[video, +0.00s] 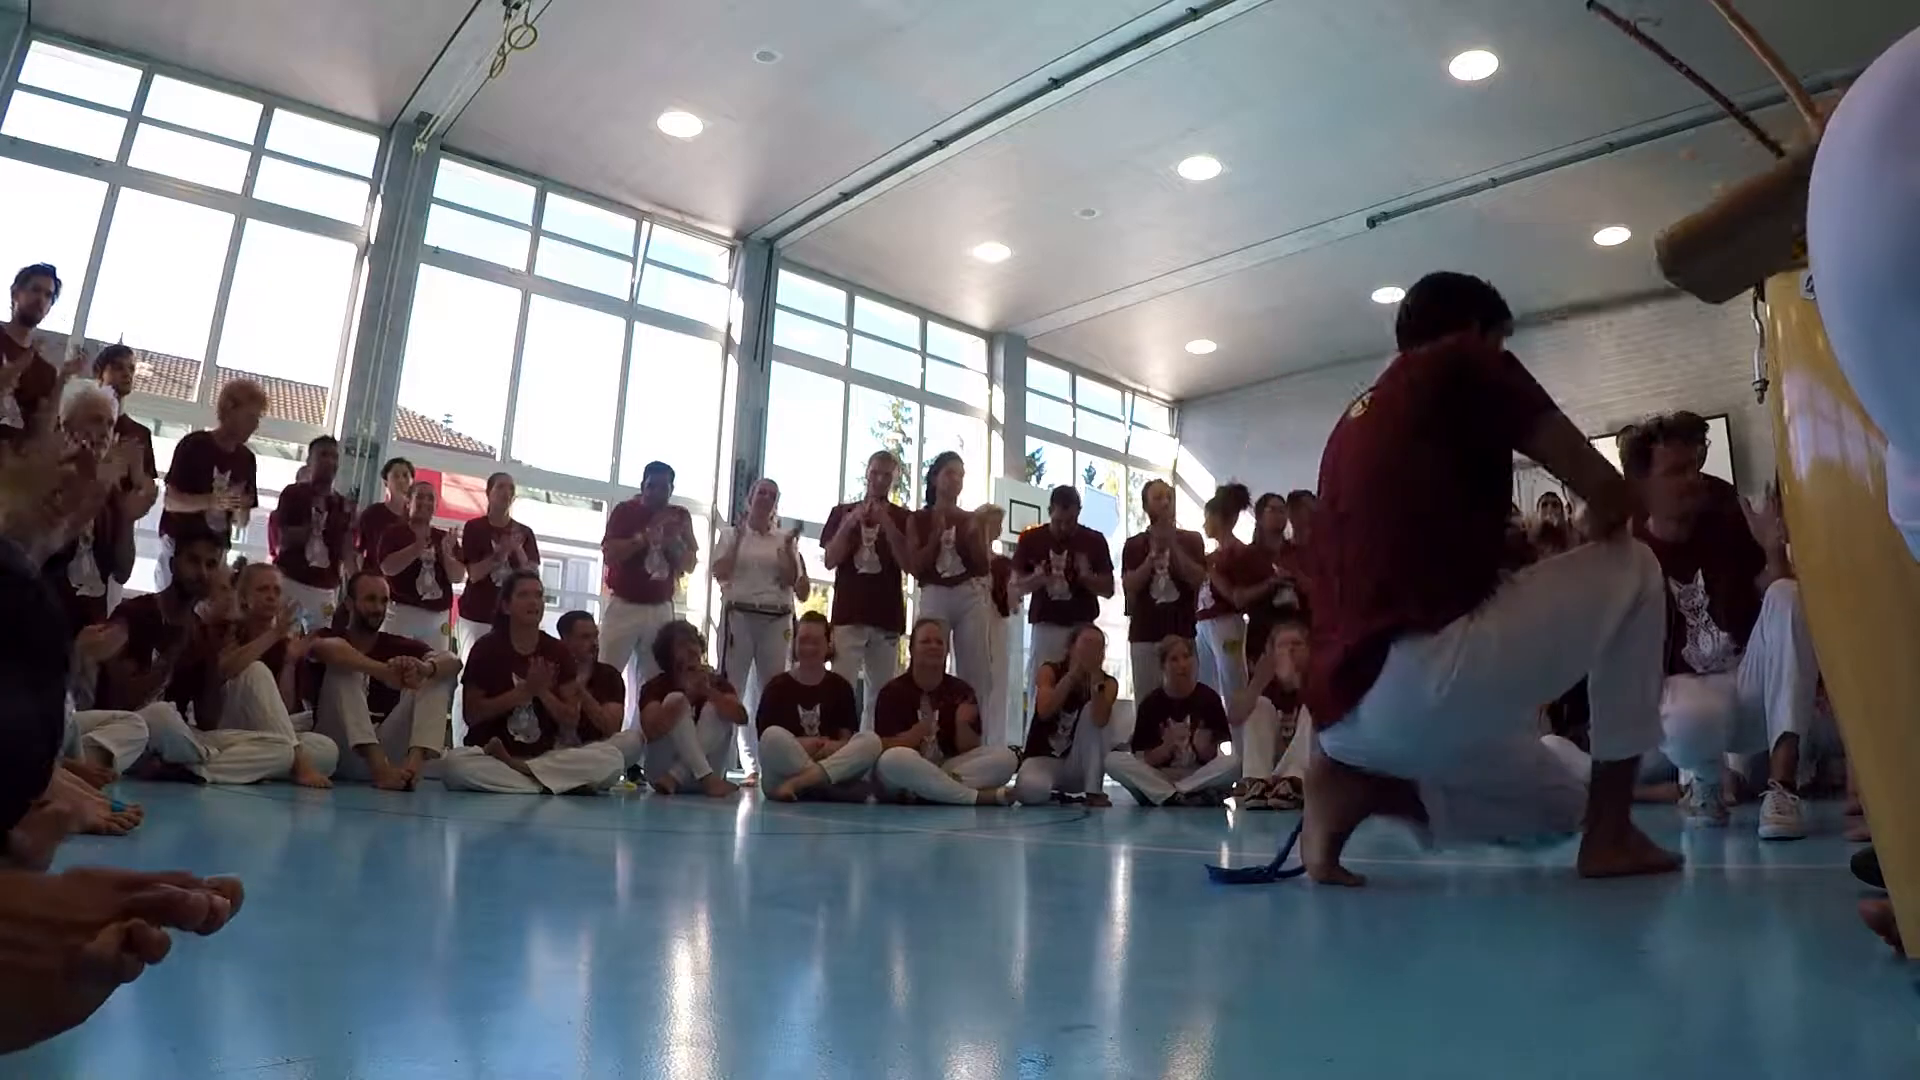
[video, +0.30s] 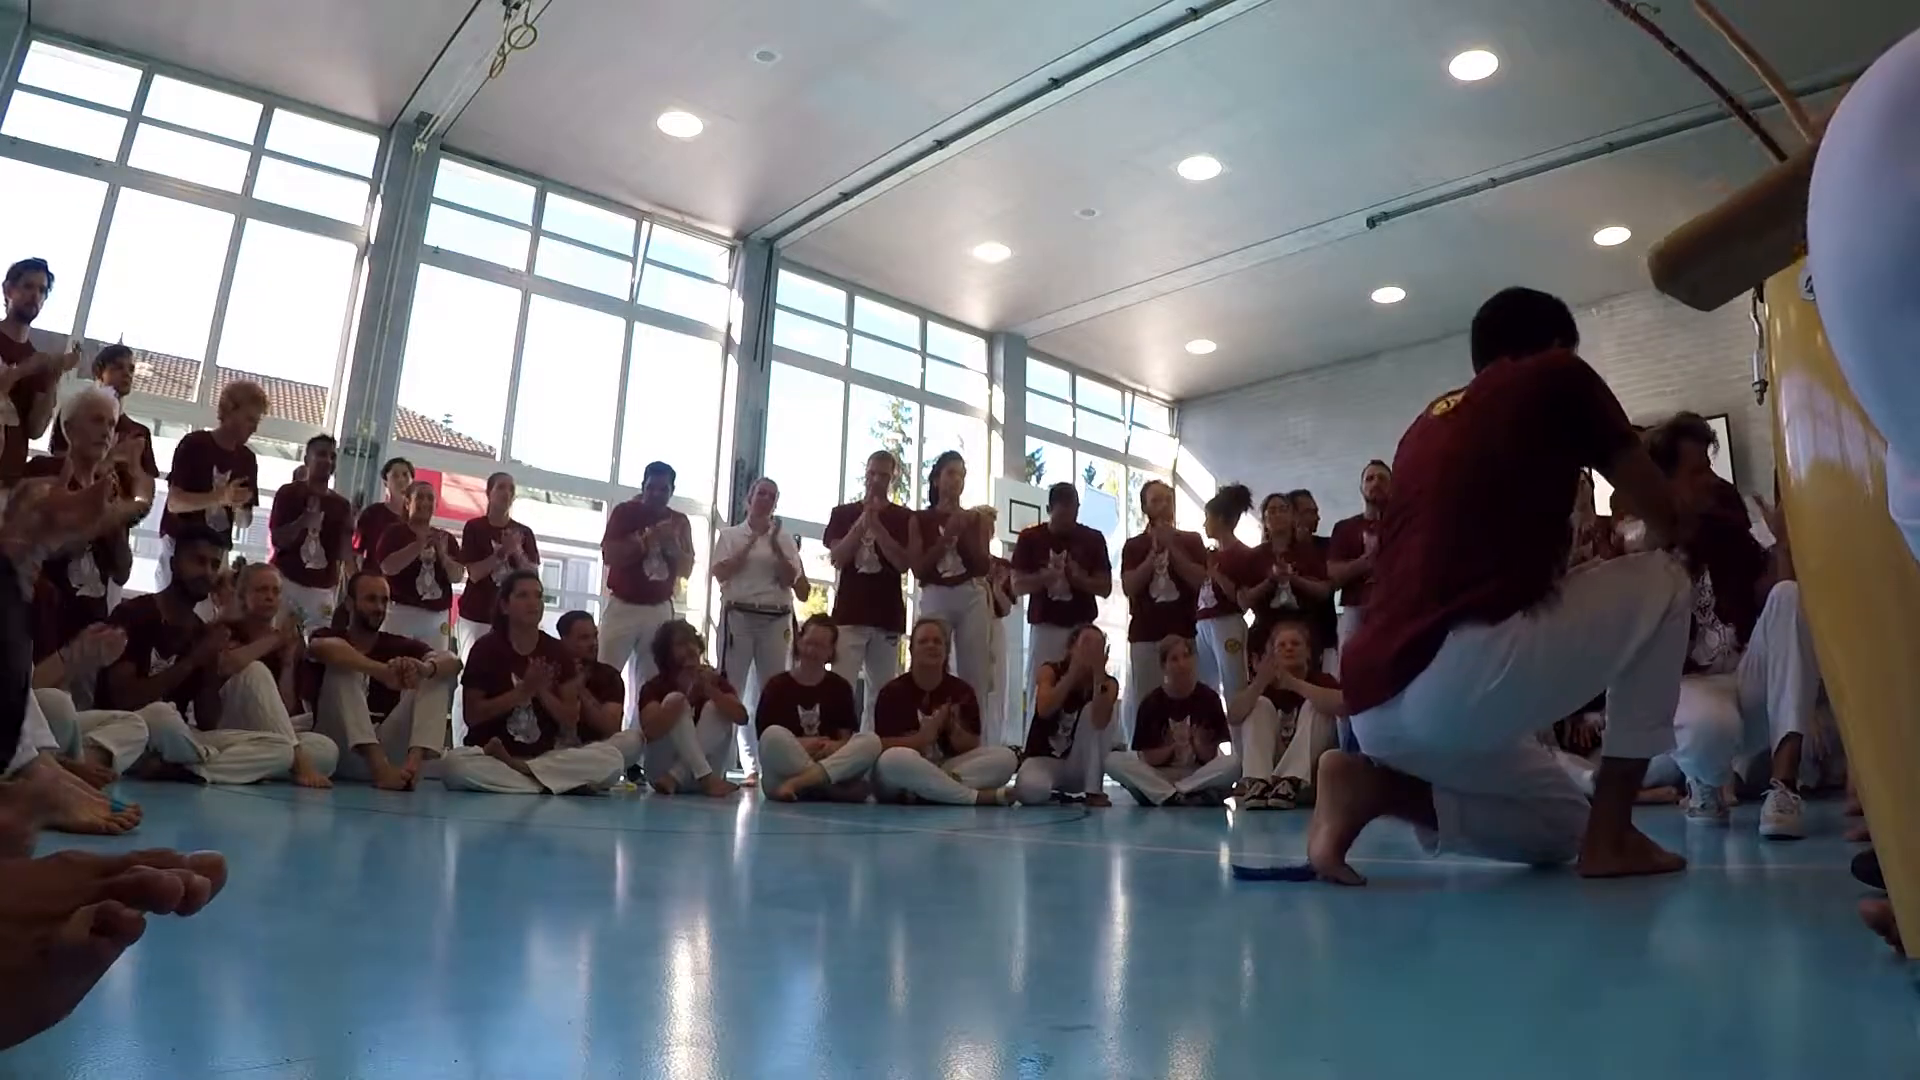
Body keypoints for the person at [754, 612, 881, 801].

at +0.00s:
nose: (809, 645)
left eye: (816, 640)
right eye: (803, 639)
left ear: (828, 645)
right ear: (795, 643)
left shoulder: (840, 686)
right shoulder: (777, 685)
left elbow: (846, 739)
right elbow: (766, 738)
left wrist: (832, 748)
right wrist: (809, 744)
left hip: (831, 769)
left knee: (871, 741)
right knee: (772, 736)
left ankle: (796, 785)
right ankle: (833, 788)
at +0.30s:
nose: (813, 650)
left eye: (820, 646)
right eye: (809, 643)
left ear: (831, 651)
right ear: (798, 643)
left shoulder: (840, 687)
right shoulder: (777, 684)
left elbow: (846, 740)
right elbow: (765, 737)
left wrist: (832, 747)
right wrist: (807, 745)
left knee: (871, 742)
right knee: (773, 735)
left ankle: (796, 785)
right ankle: (833, 789)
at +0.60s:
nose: (820, 654)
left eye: (826, 649)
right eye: (814, 646)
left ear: (832, 650)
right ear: (798, 641)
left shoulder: (837, 686)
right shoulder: (775, 684)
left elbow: (846, 739)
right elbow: (763, 738)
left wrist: (832, 747)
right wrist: (803, 745)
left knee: (871, 742)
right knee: (772, 736)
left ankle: (796, 785)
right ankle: (834, 790)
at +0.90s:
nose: (812, 652)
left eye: (818, 646)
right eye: (806, 644)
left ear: (825, 648)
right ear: (792, 644)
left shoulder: (837, 684)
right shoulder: (775, 685)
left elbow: (846, 736)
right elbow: (765, 736)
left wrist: (834, 747)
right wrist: (804, 744)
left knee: (872, 741)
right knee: (772, 735)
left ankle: (796, 784)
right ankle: (834, 789)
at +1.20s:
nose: (809, 648)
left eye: (816, 641)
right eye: (803, 641)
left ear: (828, 647)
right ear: (793, 645)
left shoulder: (841, 685)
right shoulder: (777, 685)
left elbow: (846, 737)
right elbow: (766, 736)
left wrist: (834, 748)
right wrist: (804, 744)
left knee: (872, 741)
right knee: (772, 736)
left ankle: (796, 785)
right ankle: (834, 789)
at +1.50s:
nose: (820, 645)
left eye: (826, 640)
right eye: (814, 637)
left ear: (831, 646)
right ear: (797, 640)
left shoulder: (840, 685)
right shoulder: (777, 683)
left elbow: (846, 736)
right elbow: (764, 736)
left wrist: (833, 748)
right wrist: (806, 744)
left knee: (872, 742)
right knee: (772, 736)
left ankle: (796, 784)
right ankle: (835, 789)